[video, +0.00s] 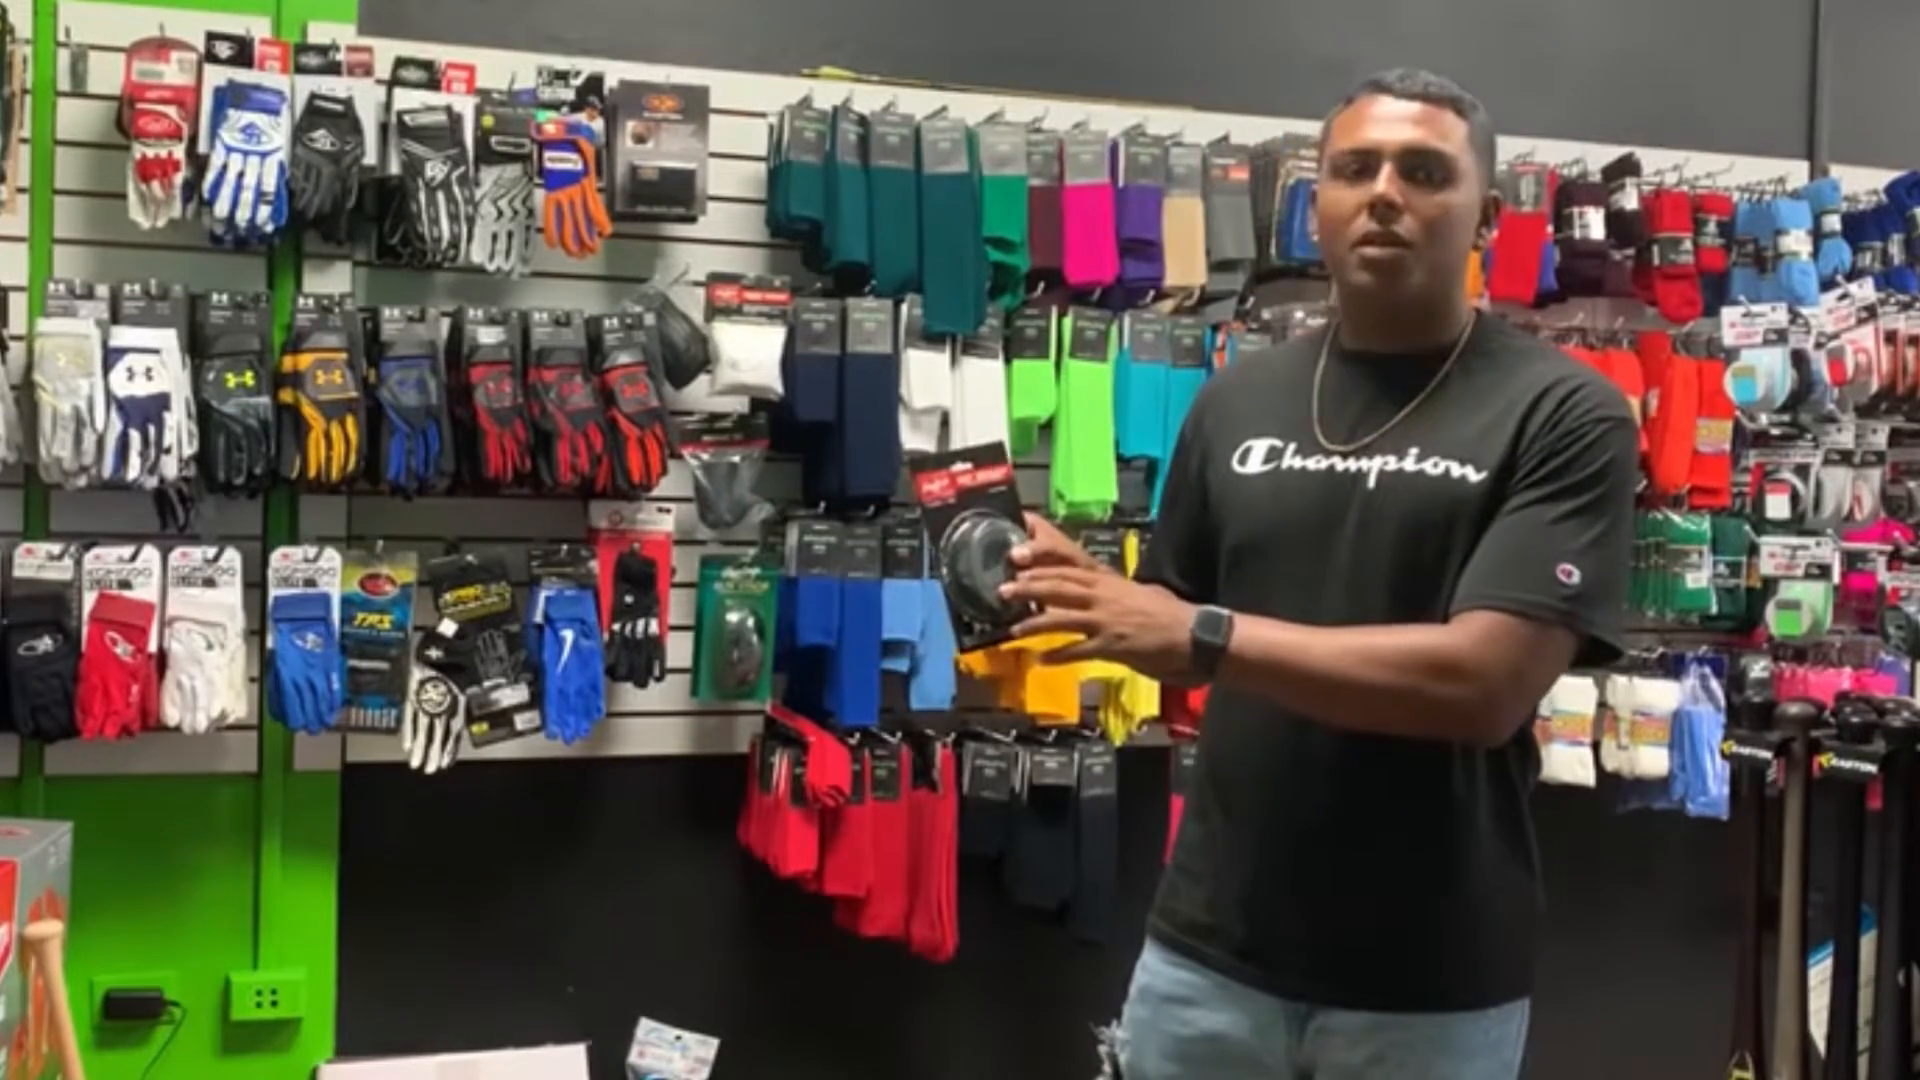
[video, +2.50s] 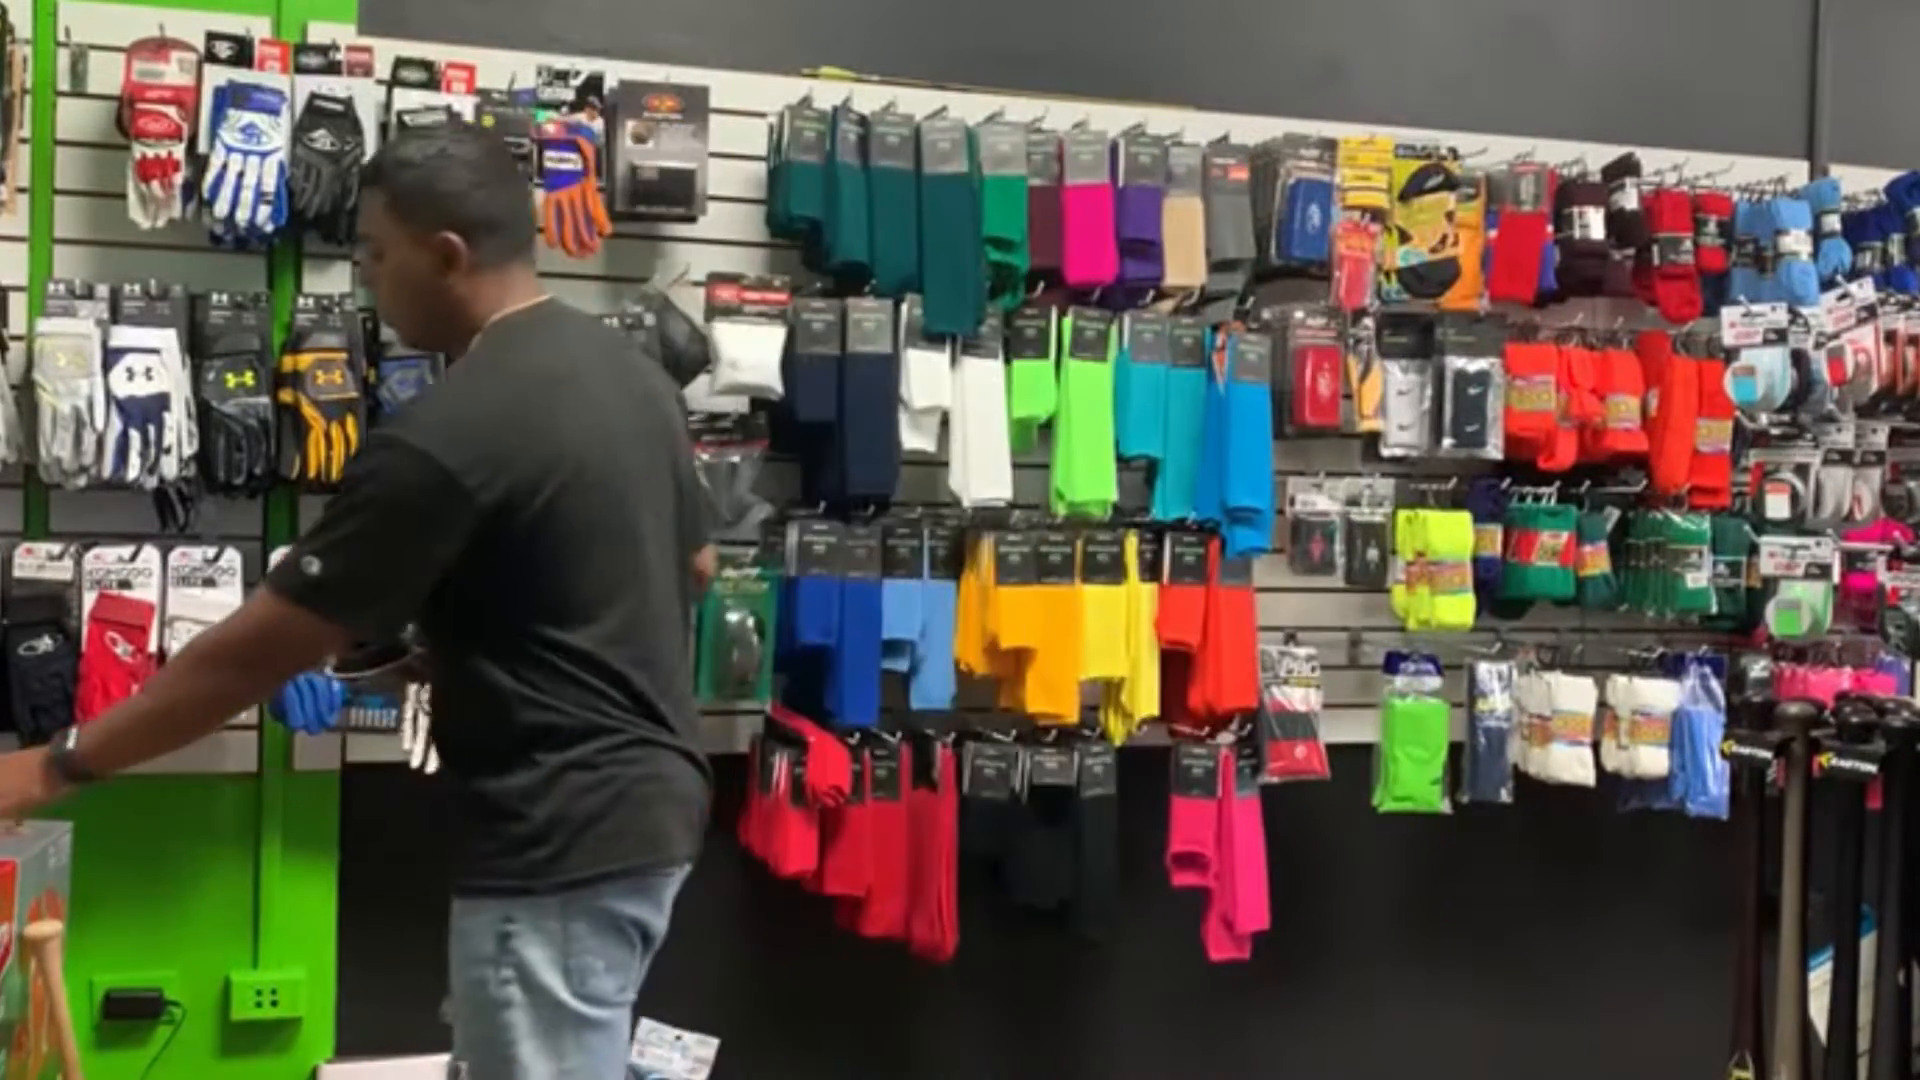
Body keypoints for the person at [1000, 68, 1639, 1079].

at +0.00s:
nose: (1385, 195)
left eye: (1426, 172)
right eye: (1356, 169)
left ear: (1483, 217)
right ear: (1316, 205)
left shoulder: (1566, 415)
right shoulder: (1236, 399)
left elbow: (1486, 685)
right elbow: (1192, 647)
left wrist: (1196, 631)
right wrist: (1082, 600)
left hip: (1432, 980)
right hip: (1211, 955)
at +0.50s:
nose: (1337, 199)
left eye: (1380, 172)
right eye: (1310, 173)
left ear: (1451, 213)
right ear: (1277, 206)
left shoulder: (1539, 416)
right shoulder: (1211, 386)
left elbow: (1490, 710)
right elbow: (1156, 599)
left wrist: (1197, 655)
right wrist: (1074, 609)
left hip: (1404, 972)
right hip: (1188, 939)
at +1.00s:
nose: (1160, 209)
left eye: (1198, 184)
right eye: (1138, 188)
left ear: (1273, 214)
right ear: (1117, 219)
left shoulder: (1352, 405)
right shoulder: (1084, 398)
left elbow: (1342, 683)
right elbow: (1052, 615)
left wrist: (1070, 635)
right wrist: (977, 615)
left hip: (1258, 945)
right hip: (1076, 917)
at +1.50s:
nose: (896, 292)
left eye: (917, 260)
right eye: (892, 267)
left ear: (1008, 247)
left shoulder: (1107, 412)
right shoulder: (960, 406)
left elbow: (1099, 680)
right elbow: (953, 629)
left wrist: (858, 621)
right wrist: (824, 618)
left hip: (1027, 891)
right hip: (945, 873)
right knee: (943, 1060)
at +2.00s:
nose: (623, 278)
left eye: (637, 246)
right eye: (624, 249)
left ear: (717, 253)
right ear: (728, 254)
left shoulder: (756, 421)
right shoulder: (825, 388)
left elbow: (741, 707)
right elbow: (818, 644)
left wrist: (503, 712)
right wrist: (651, 651)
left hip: (751, 895)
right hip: (855, 870)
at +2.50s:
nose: (366, 278)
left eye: (375, 252)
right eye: (364, 253)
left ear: (448, 253)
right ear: (478, 246)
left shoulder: (446, 438)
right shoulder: (628, 366)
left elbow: (264, 647)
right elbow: (690, 558)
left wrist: (64, 762)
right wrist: (467, 644)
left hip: (555, 834)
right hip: (642, 803)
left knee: (533, 1063)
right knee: (558, 1057)